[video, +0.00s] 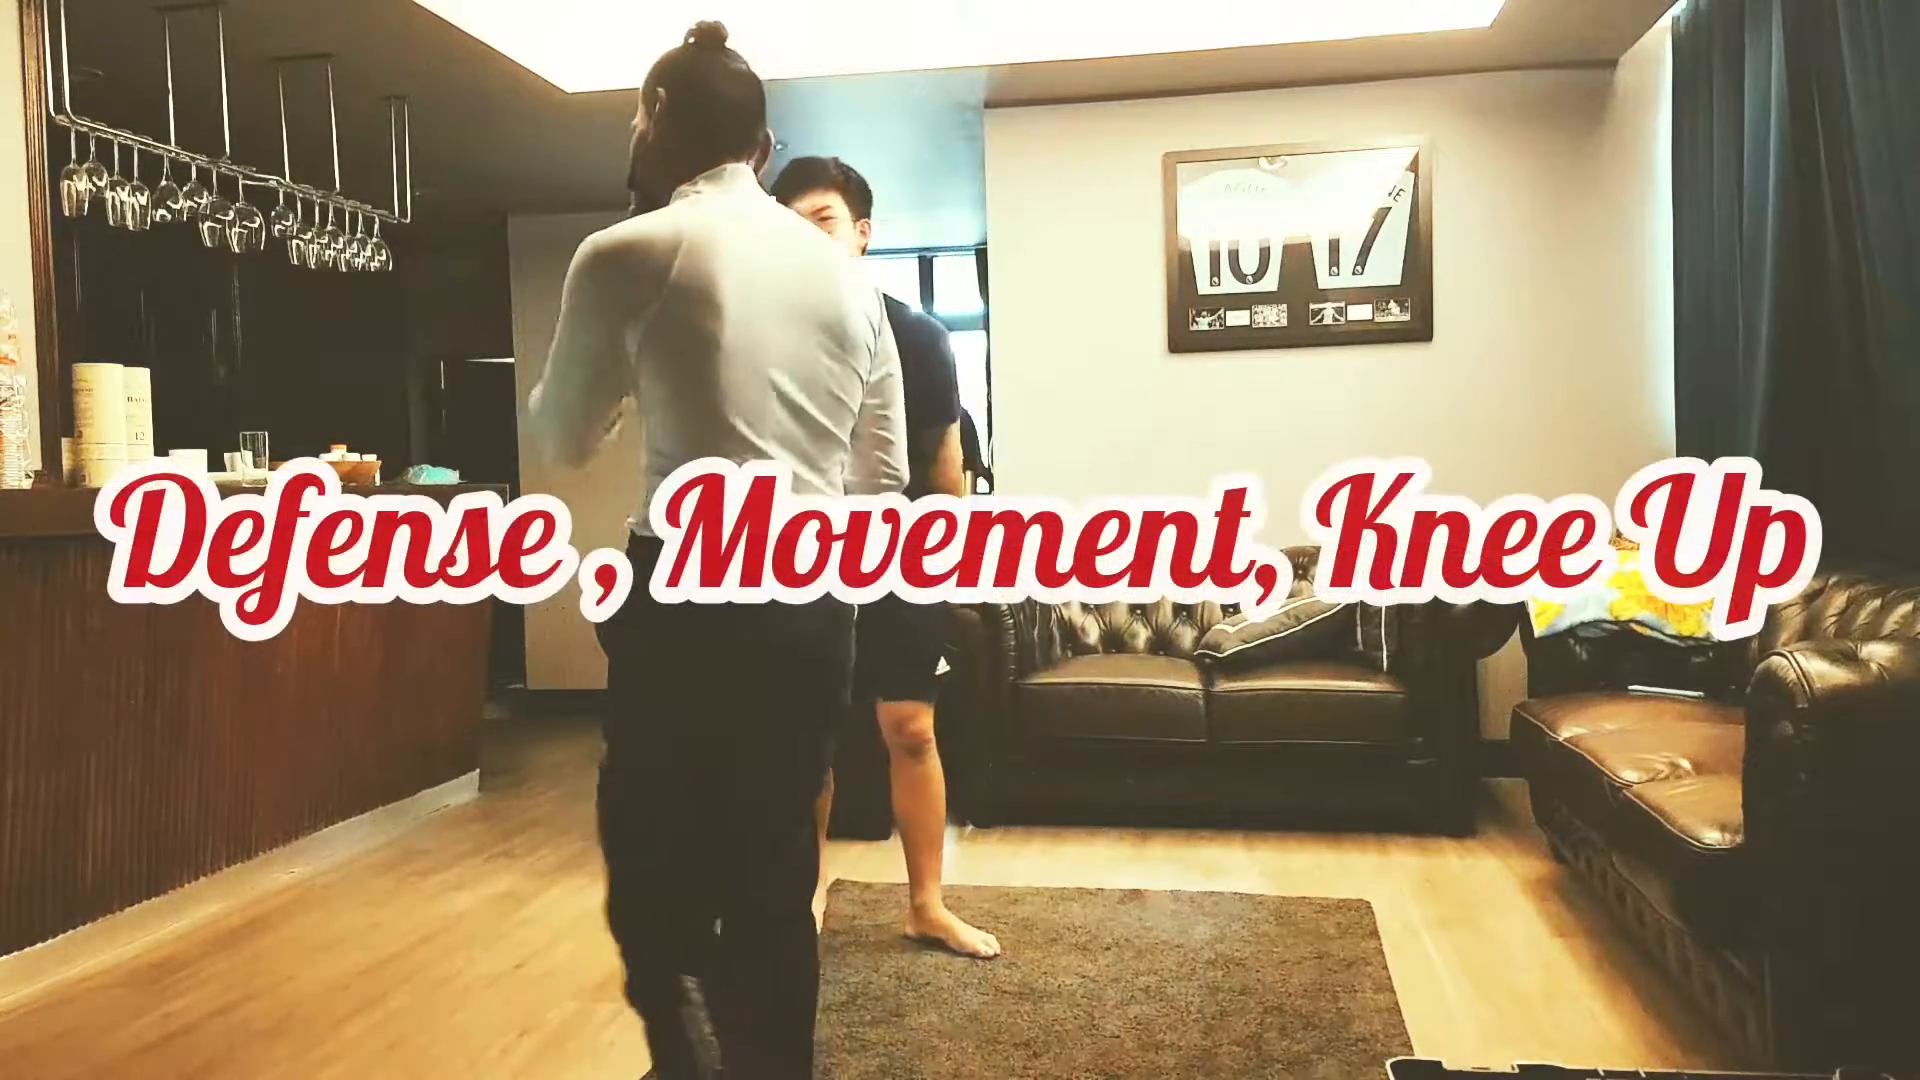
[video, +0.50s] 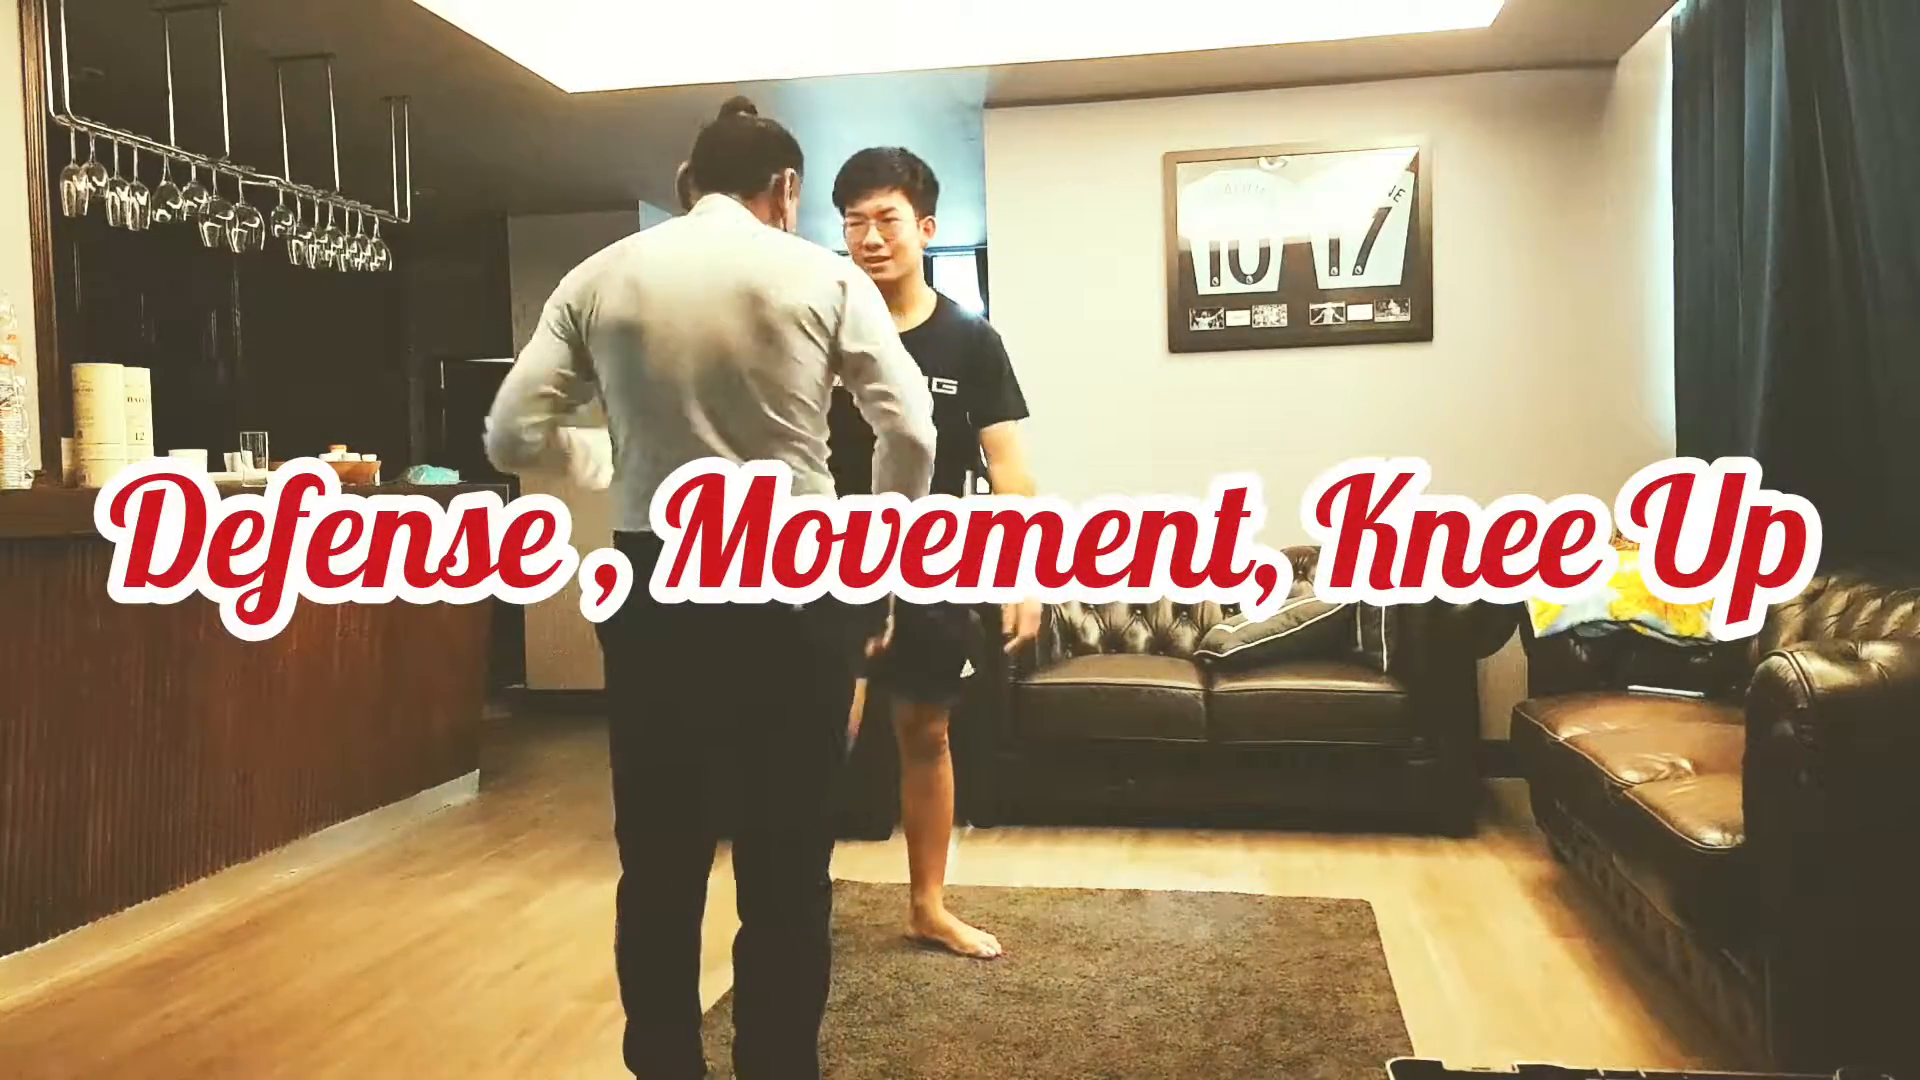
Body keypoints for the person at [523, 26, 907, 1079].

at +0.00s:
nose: (633, 132)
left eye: (640, 115)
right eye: (637, 115)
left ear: (660, 124)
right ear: (758, 138)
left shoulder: (626, 252)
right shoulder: (841, 267)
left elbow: (561, 445)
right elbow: (880, 466)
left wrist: (628, 372)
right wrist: (826, 580)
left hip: (682, 605)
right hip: (810, 614)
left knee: (650, 882)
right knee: (777, 882)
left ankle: (689, 1052)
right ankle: (777, 1062)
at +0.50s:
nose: (806, 213)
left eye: (802, 201)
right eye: (804, 199)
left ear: (684, 191)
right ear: (781, 190)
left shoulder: (598, 278)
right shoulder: (823, 276)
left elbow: (514, 432)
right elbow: (910, 425)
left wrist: (622, 456)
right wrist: (885, 570)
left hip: (653, 609)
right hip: (796, 609)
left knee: (657, 864)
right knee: (786, 873)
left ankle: (664, 1065)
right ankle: (778, 1064)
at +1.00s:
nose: (788, 199)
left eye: (783, 185)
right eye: (783, 185)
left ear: (678, 191)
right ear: (757, 181)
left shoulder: (594, 279)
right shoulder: (780, 236)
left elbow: (458, 364)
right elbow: (798, 273)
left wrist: (558, 504)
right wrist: (815, 464)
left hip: (639, 593)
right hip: (768, 589)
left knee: (661, 855)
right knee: (836, 848)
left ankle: (669, 1064)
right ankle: (783, 1066)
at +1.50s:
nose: (806, 161)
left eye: (803, 146)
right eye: (802, 146)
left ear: (690, 148)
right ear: (778, 149)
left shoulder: (602, 237)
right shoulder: (808, 224)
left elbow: (449, 313)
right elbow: (860, 256)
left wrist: (533, 483)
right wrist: (816, 447)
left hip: (629, 603)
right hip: (772, 605)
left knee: (619, 872)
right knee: (764, 897)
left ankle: (568, 1069)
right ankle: (745, 1070)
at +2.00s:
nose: (749, 173)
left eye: (744, 155)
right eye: (742, 156)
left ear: (637, 171)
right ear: (717, 161)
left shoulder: (548, 267)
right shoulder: (764, 243)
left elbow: (409, 389)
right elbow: (823, 347)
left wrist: (507, 505)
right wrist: (856, 492)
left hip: (595, 602)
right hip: (748, 597)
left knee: (589, 902)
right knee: (809, 879)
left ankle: (555, 1074)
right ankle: (819, 1062)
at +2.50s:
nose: (850, 205)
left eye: (851, 188)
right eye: (850, 187)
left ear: (743, 181)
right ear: (830, 191)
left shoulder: (654, 279)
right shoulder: (863, 298)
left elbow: (589, 440)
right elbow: (921, 482)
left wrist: (668, 545)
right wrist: (939, 625)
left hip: (689, 627)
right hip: (829, 629)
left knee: (689, 835)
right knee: (833, 867)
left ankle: (662, 1048)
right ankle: (830, 1061)